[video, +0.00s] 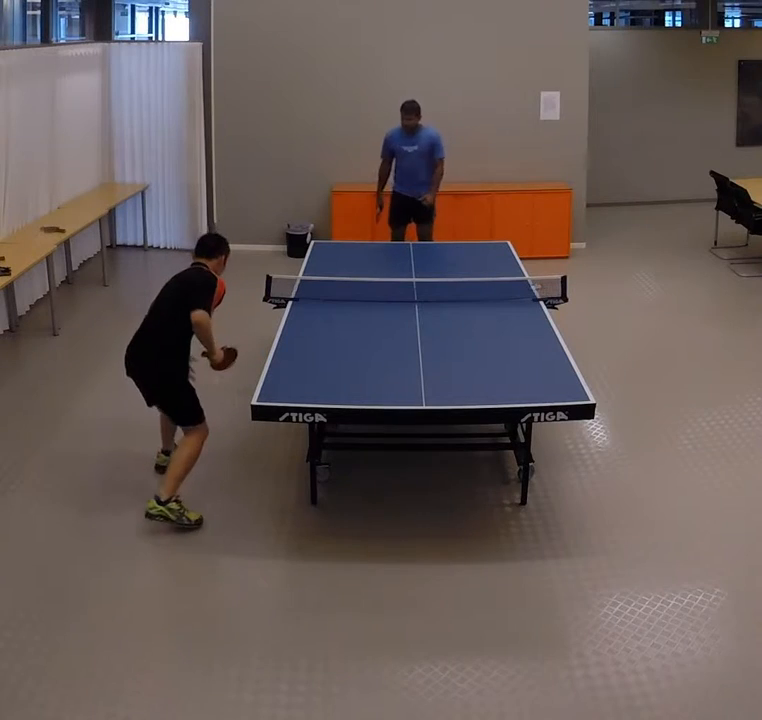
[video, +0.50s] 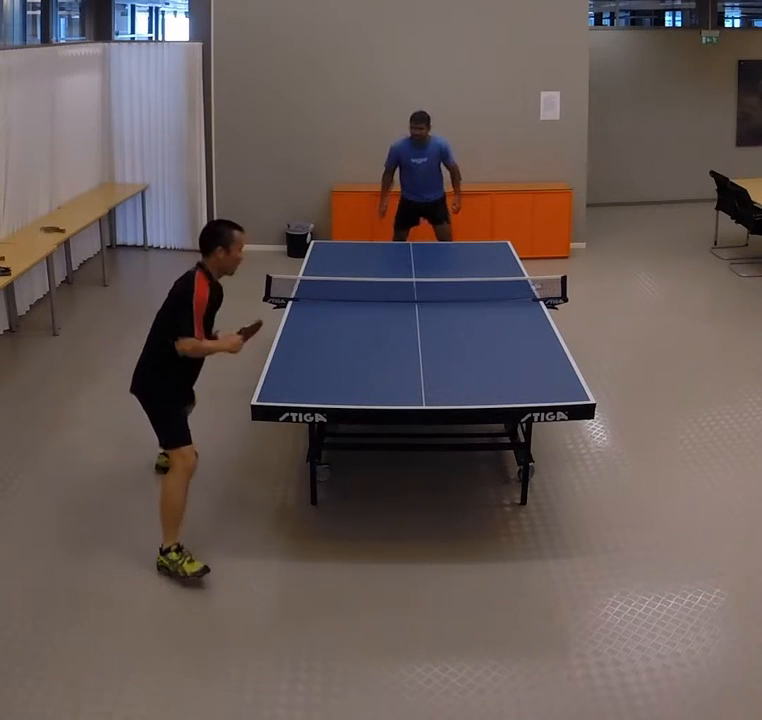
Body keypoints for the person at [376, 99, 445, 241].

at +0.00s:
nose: (406, 123)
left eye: (410, 119)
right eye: (404, 119)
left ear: (419, 118)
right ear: (400, 118)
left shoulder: (432, 137)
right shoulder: (392, 137)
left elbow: (439, 166)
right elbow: (385, 165)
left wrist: (432, 193)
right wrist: (379, 193)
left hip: (423, 197)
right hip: (400, 196)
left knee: (425, 240)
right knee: (397, 240)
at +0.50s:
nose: (416, 132)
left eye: (420, 129)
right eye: (413, 128)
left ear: (428, 129)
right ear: (409, 128)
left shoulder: (440, 146)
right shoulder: (398, 149)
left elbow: (454, 170)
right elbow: (388, 174)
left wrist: (457, 196)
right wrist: (383, 201)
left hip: (435, 201)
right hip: (409, 202)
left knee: (446, 240)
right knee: (398, 241)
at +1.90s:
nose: (429, 157)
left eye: (432, 153)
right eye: (425, 153)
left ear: (438, 152)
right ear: (418, 150)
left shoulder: (447, 166)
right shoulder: (406, 168)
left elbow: (462, 187)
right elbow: (383, 193)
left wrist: (468, 218)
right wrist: (396, 213)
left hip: (439, 211)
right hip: (413, 211)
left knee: (447, 246)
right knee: (400, 248)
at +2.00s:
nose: (434, 163)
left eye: (439, 159)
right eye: (431, 159)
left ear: (444, 158)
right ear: (425, 157)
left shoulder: (453, 171)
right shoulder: (414, 172)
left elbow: (467, 192)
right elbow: (395, 199)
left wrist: (475, 219)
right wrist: (413, 214)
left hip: (442, 210)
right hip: (417, 210)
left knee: (450, 247)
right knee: (402, 247)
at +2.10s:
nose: (439, 167)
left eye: (443, 163)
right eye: (435, 162)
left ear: (448, 161)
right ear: (429, 160)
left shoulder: (456, 172)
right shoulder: (418, 175)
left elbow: (469, 193)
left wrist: (479, 218)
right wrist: (428, 215)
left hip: (444, 211)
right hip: (421, 210)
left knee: (453, 246)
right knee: (404, 245)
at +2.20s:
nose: (443, 166)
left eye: (447, 163)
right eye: (439, 162)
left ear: (453, 161)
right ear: (433, 160)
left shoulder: (460, 171)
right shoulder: (423, 174)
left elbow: (472, 192)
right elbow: (427, 202)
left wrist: (481, 217)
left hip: (447, 211)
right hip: (423, 210)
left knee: (455, 247)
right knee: (405, 246)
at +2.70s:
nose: (430, 143)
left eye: (434, 139)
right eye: (426, 139)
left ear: (440, 139)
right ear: (421, 139)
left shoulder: (451, 153)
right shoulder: (409, 159)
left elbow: (460, 171)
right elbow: (404, 188)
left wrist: (465, 194)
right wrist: (424, 210)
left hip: (446, 203)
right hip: (421, 203)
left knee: (456, 243)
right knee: (409, 244)